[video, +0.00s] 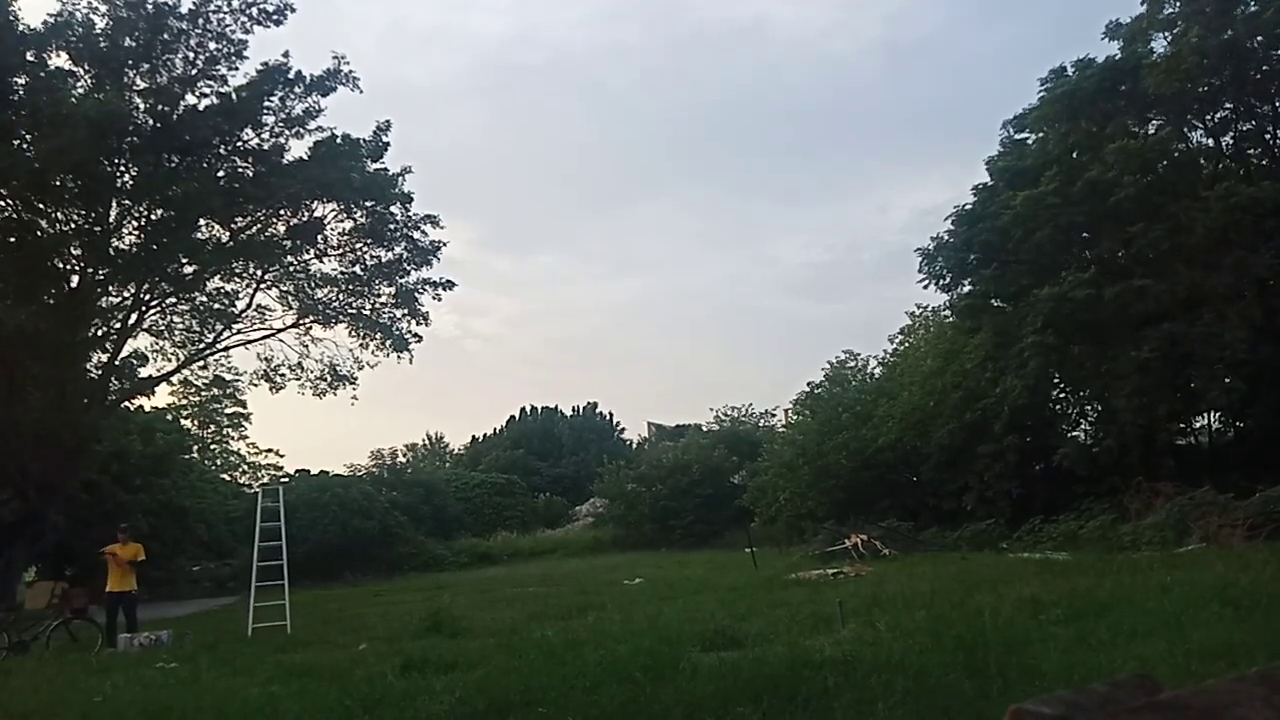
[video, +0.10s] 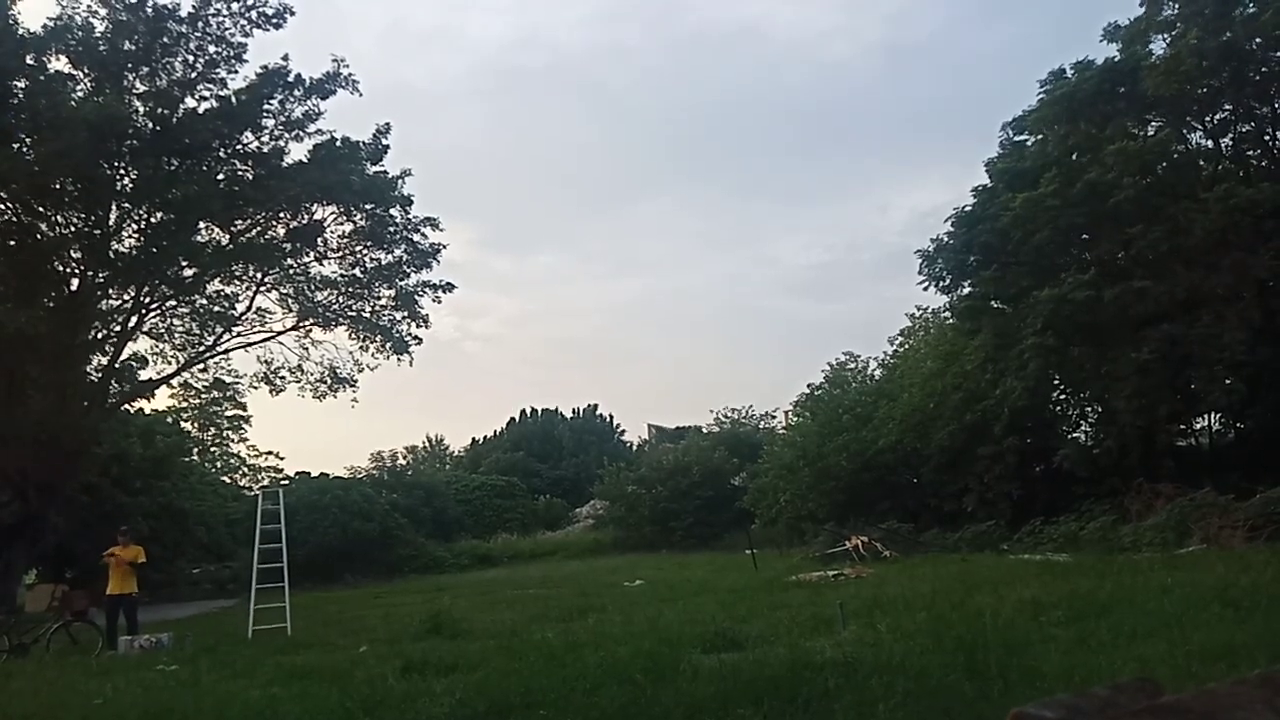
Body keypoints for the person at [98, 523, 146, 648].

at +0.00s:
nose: (122, 537)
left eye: (124, 534)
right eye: (120, 534)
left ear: (129, 534)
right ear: (117, 535)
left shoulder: (137, 548)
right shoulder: (112, 548)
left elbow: (141, 565)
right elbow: (98, 556)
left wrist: (124, 561)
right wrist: (108, 556)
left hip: (129, 589)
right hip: (112, 589)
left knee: (131, 619)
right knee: (110, 620)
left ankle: (133, 644)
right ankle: (111, 646)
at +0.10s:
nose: (122, 540)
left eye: (125, 537)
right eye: (120, 537)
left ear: (129, 537)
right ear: (117, 538)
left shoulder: (138, 550)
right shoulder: (113, 551)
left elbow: (141, 568)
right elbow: (100, 561)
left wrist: (127, 562)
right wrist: (109, 558)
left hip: (129, 592)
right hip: (113, 592)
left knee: (132, 622)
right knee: (111, 622)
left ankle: (134, 647)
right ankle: (111, 648)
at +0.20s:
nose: (124, 536)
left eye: (126, 533)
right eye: (122, 533)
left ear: (131, 533)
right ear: (119, 534)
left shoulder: (139, 546)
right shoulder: (115, 547)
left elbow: (142, 563)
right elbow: (102, 557)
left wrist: (129, 556)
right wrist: (109, 555)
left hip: (131, 587)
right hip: (115, 587)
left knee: (133, 617)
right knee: (113, 618)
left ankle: (135, 642)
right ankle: (113, 644)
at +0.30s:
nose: (124, 536)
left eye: (126, 533)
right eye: (122, 533)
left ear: (131, 534)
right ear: (119, 533)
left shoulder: (138, 546)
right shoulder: (114, 547)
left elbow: (141, 561)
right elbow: (101, 557)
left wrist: (129, 552)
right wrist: (107, 556)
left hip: (130, 587)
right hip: (114, 587)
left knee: (132, 618)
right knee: (111, 618)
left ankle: (134, 642)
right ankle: (112, 644)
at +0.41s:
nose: (123, 541)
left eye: (125, 538)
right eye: (121, 538)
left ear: (130, 538)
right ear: (118, 538)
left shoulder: (137, 549)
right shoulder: (113, 551)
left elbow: (140, 562)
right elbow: (99, 560)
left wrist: (127, 553)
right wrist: (103, 560)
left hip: (129, 590)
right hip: (113, 591)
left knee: (131, 621)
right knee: (110, 622)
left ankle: (133, 646)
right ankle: (110, 648)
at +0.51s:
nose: (123, 537)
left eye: (126, 535)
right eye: (122, 534)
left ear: (131, 535)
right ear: (119, 535)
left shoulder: (138, 546)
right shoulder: (115, 548)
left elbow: (141, 559)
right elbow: (102, 559)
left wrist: (129, 549)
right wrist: (106, 558)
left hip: (131, 588)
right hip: (115, 588)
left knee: (133, 618)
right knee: (112, 619)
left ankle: (135, 643)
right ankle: (112, 645)